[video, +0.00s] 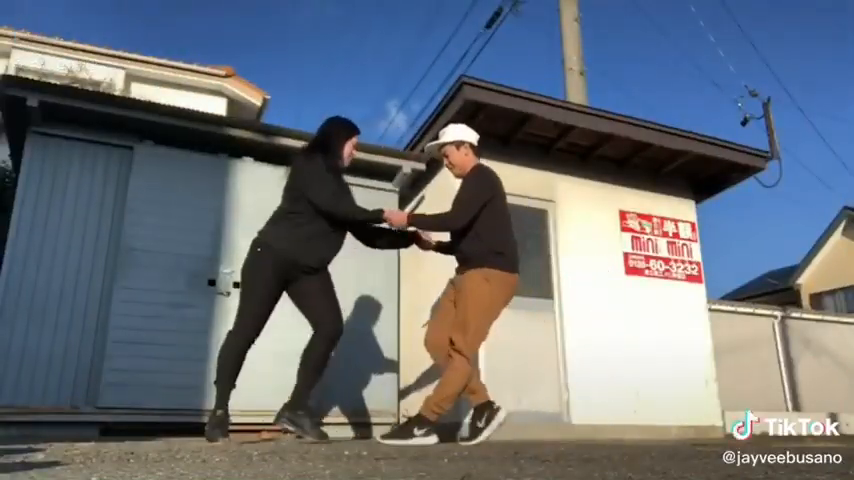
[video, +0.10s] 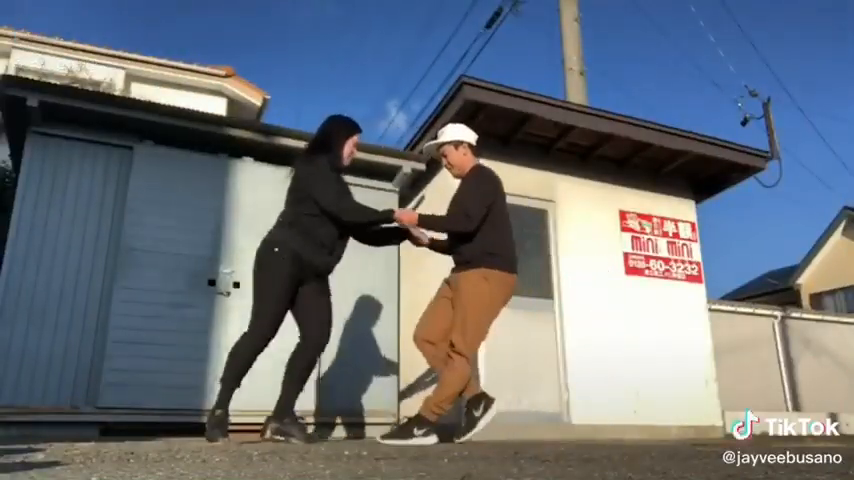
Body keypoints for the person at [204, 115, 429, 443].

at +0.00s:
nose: (354, 153)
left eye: (355, 146)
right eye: (351, 145)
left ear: (338, 145)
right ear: (335, 141)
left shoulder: (338, 186)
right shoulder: (309, 163)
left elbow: (370, 236)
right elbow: (334, 207)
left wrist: (412, 238)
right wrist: (380, 215)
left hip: (307, 268)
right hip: (271, 256)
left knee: (329, 329)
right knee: (245, 331)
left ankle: (296, 409)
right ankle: (219, 410)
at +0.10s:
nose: (355, 152)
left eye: (356, 146)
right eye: (352, 144)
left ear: (336, 143)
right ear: (336, 140)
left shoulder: (334, 182)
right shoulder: (316, 166)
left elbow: (368, 235)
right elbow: (343, 210)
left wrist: (405, 233)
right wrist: (392, 215)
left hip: (311, 270)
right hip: (282, 257)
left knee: (316, 336)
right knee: (262, 329)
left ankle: (282, 416)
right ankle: (220, 409)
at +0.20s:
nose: (360, 150)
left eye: (361, 144)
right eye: (358, 143)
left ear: (338, 140)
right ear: (343, 139)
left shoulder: (330, 172)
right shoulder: (332, 167)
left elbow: (358, 229)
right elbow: (367, 211)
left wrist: (394, 224)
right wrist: (413, 211)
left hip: (302, 255)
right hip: (300, 252)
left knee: (300, 336)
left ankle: (280, 418)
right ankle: (240, 388)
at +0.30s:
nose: (368, 147)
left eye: (369, 140)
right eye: (365, 139)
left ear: (338, 135)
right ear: (350, 136)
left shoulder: (323, 163)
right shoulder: (351, 166)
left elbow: (353, 216)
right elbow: (390, 204)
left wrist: (385, 207)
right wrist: (437, 210)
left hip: (292, 247)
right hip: (320, 248)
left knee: (289, 334)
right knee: (352, 321)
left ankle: (278, 418)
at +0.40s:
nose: (377, 146)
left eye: (378, 139)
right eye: (374, 139)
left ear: (345, 135)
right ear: (359, 136)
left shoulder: (325, 165)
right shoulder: (365, 170)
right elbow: (405, 204)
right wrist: (454, 210)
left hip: (300, 244)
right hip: (337, 244)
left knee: (293, 331)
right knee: (365, 324)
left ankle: (280, 418)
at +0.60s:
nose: (395, 150)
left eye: (396, 144)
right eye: (393, 143)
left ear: (367, 140)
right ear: (378, 141)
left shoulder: (350, 173)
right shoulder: (387, 173)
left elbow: (373, 208)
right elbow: (413, 210)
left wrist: (409, 221)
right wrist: (458, 215)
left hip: (334, 258)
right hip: (368, 259)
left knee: (342, 342)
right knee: (397, 336)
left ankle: (294, 410)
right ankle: (387, 420)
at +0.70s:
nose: (405, 156)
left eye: (405, 149)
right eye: (402, 149)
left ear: (382, 148)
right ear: (387, 148)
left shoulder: (372, 180)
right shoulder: (381, 175)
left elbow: (410, 226)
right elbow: (416, 204)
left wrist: (446, 217)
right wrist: (459, 207)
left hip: (359, 265)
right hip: (374, 264)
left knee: (402, 339)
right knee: (406, 338)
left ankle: (350, 392)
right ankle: (392, 422)